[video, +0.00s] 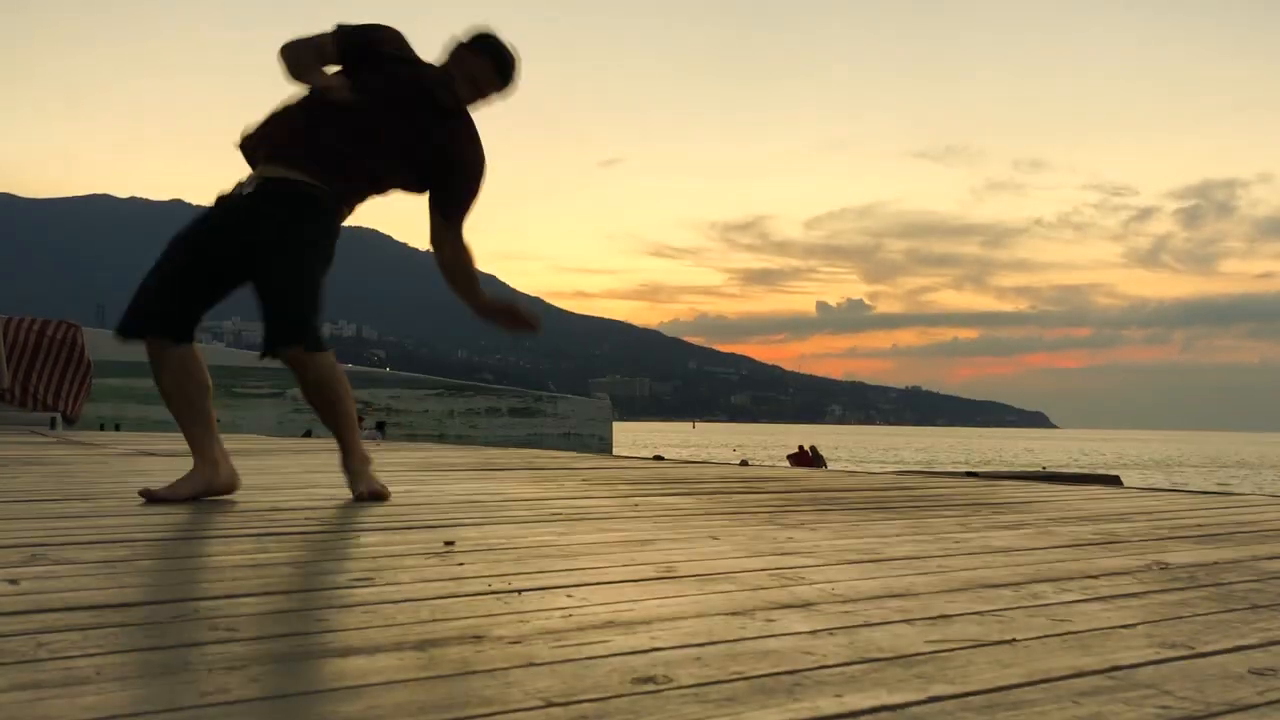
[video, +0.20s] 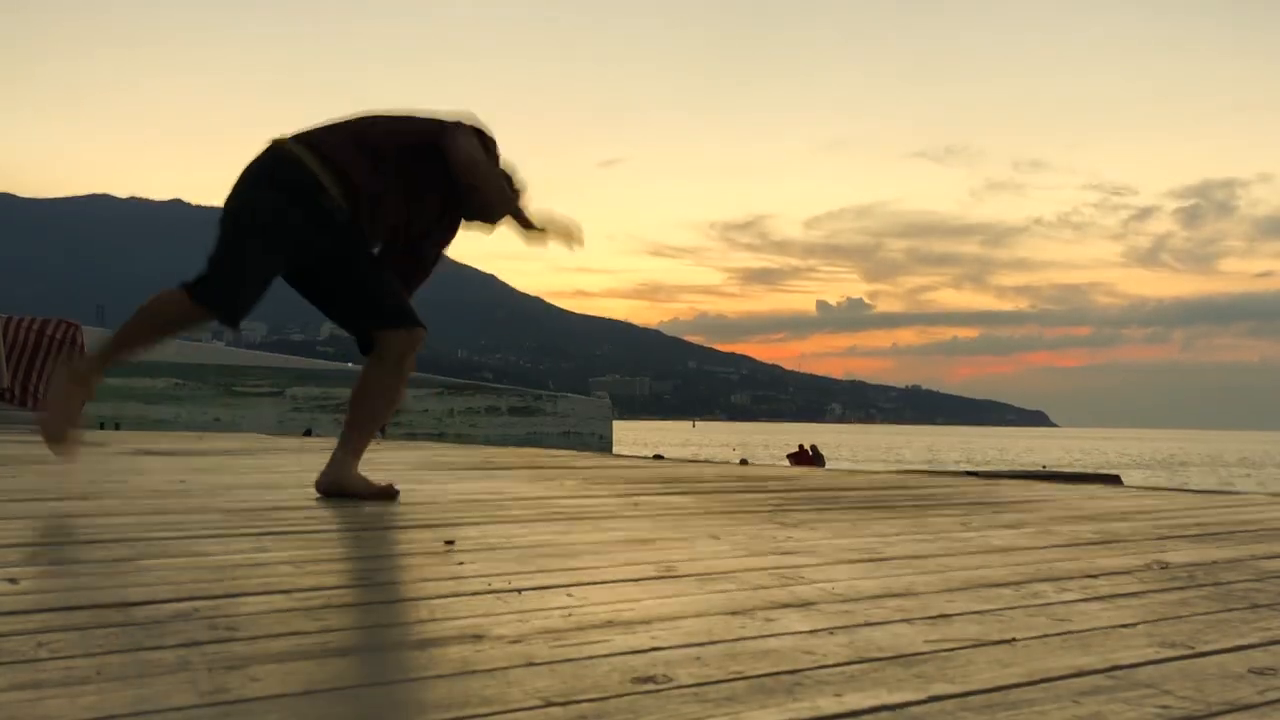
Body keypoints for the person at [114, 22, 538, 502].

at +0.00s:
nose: (469, 87)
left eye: (482, 87)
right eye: (469, 72)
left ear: (488, 95)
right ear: (453, 54)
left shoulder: (460, 149)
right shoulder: (384, 48)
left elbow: (448, 239)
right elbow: (295, 52)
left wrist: (481, 303)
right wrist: (321, 77)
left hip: (309, 214)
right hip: (250, 198)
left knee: (297, 342)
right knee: (161, 321)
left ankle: (357, 464)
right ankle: (211, 464)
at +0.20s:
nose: (497, 209)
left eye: (502, 210)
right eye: (501, 197)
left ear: (486, 210)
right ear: (491, 166)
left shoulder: (434, 231)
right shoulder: (466, 140)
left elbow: (386, 302)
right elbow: (463, 149)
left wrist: (384, 393)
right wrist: (523, 214)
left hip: (325, 232)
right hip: (285, 182)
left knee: (400, 336)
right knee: (215, 296)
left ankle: (342, 470)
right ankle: (87, 367)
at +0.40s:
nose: (474, 319)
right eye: (481, 312)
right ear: (475, 290)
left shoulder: (388, 292)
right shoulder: (471, 274)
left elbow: (357, 354)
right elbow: (481, 348)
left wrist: (331, 440)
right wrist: (476, 425)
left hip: (315, 207)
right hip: (360, 171)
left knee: (329, 329)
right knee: (239, 123)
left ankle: (333, 459)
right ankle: (127, 52)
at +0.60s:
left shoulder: (334, 327)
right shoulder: (431, 328)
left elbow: (305, 400)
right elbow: (435, 395)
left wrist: (331, 470)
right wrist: (430, 470)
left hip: (345, 225)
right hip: (411, 220)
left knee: (271, 285)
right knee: (415, 84)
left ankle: (136, 231)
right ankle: (400, 9)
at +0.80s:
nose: (298, 426)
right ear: (330, 415)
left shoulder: (291, 373)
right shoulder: (386, 379)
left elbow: (270, 418)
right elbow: (415, 411)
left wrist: (320, 470)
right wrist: (427, 472)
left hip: (384, 275)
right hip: (438, 320)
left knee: (304, 188)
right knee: (530, 237)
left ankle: (375, 77)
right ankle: (595, 186)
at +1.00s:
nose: (248, 453)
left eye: (246, 452)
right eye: (248, 455)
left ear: (243, 429)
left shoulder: (256, 404)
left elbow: (260, 443)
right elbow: (407, 401)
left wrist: (313, 470)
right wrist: (427, 471)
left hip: (406, 371)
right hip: (398, 318)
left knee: (512, 336)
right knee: (525, 231)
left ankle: (591, 405)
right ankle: (637, 259)